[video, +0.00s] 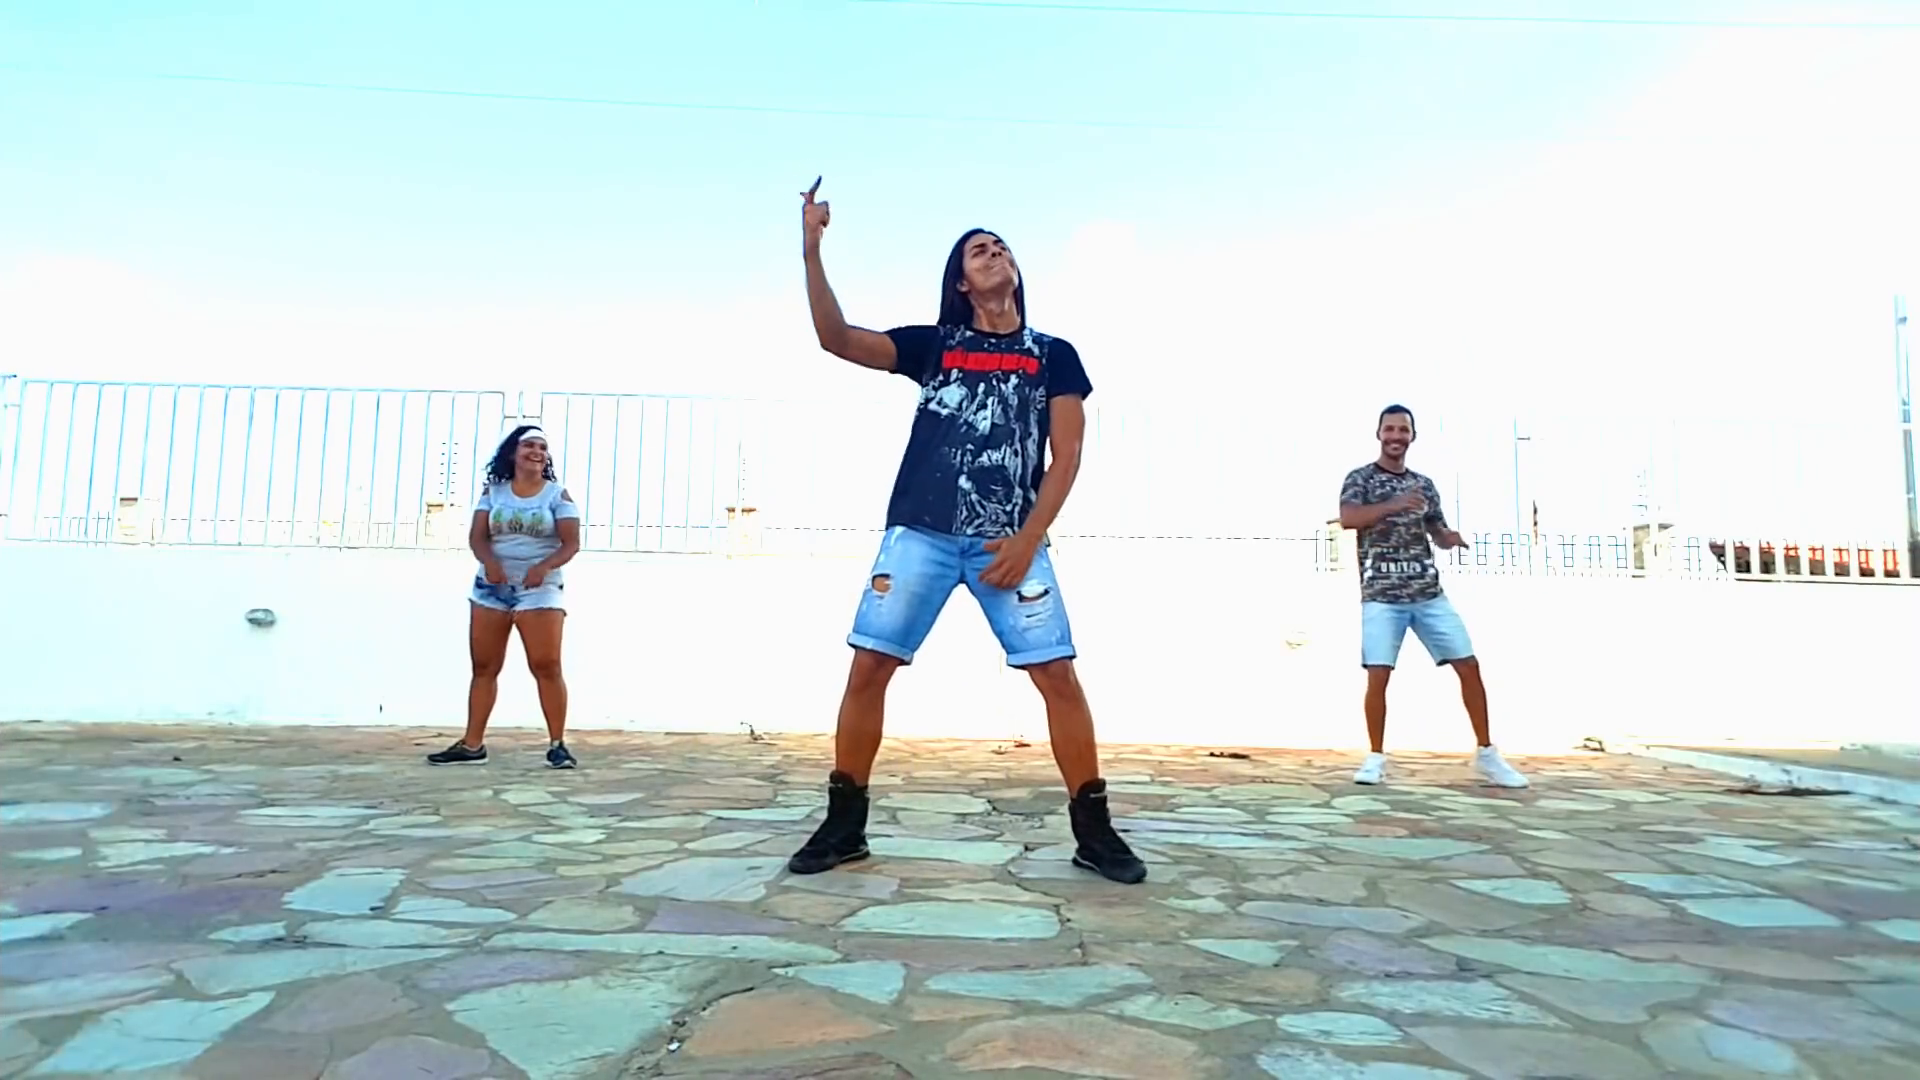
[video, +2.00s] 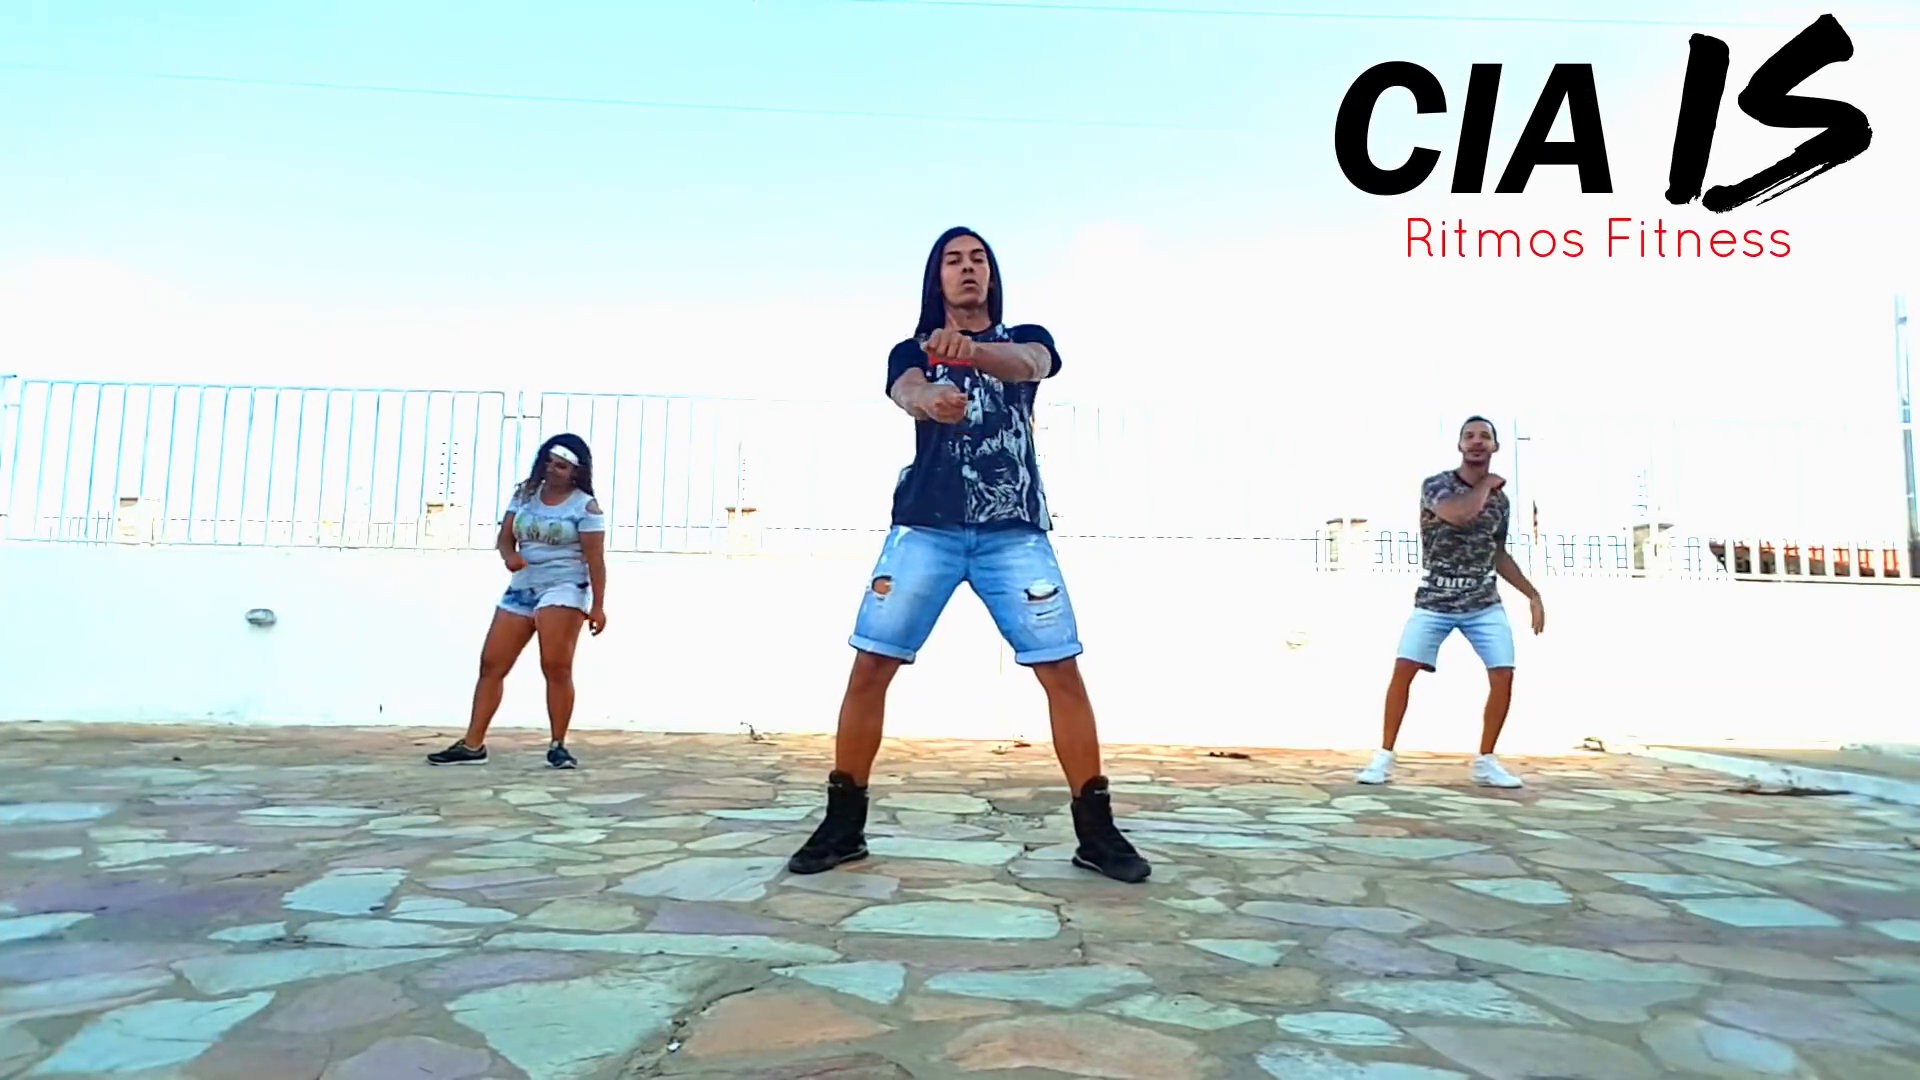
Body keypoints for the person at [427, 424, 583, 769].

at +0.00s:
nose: (536, 451)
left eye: (542, 447)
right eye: (528, 446)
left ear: (547, 457)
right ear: (512, 454)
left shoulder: (557, 495)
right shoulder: (493, 492)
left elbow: (571, 544)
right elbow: (477, 537)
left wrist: (543, 566)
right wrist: (490, 562)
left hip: (540, 591)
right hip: (492, 589)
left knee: (546, 667)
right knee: (483, 667)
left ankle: (557, 744)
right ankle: (472, 743)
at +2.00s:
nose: (556, 468)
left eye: (565, 465)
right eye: (552, 461)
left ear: (577, 471)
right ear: (543, 462)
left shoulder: (585, 506)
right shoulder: (524, 493)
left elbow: (595, 560)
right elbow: (504, 538)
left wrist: (598, 605)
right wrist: (510, 556)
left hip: (564, 587)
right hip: (522, 586)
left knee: (556, 666)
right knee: (491, 664)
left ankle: (558, 745)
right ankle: (472, 743)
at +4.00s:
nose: (522, 458)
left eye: (530, 452)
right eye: (517, 453)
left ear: (548, 459)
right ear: (511, 460)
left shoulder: (561, 494)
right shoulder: (498, 493)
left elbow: (563, 515)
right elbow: (486, 520)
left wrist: (549, 519)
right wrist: (479, 534)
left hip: (542, 585)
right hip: (495, 584)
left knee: (550, 666)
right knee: (475, 665)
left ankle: (558, 744)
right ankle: (471, 743)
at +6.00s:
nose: (453, 439)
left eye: (461, 434)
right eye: (446, 434)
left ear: (477, 441)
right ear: (439, 443)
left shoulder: (491, 472)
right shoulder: (428, 481)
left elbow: (493, 485)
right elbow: (414, 516)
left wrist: (483, 490)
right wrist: (389, 530)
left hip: (474, 570)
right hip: (425, 567)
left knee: (475, 656)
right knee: (399, 648)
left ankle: (477, 738)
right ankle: (383, 724)